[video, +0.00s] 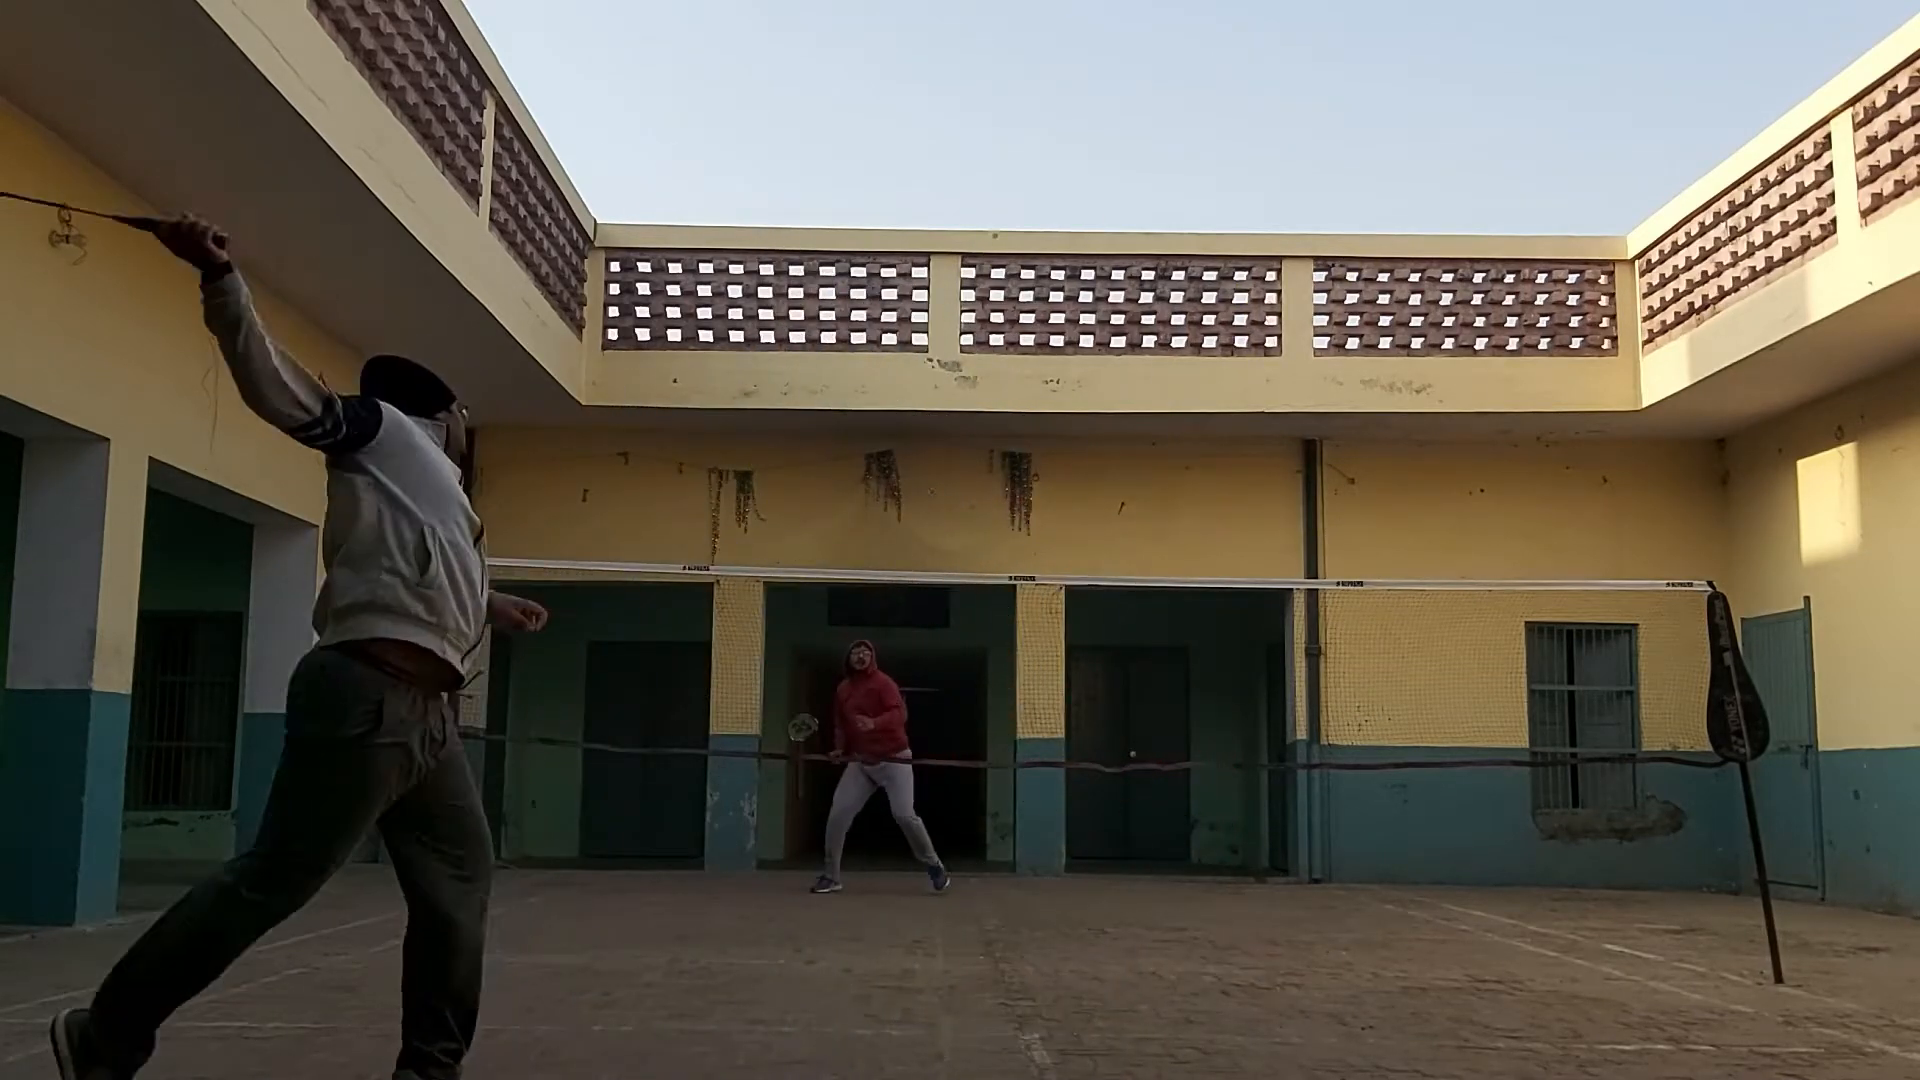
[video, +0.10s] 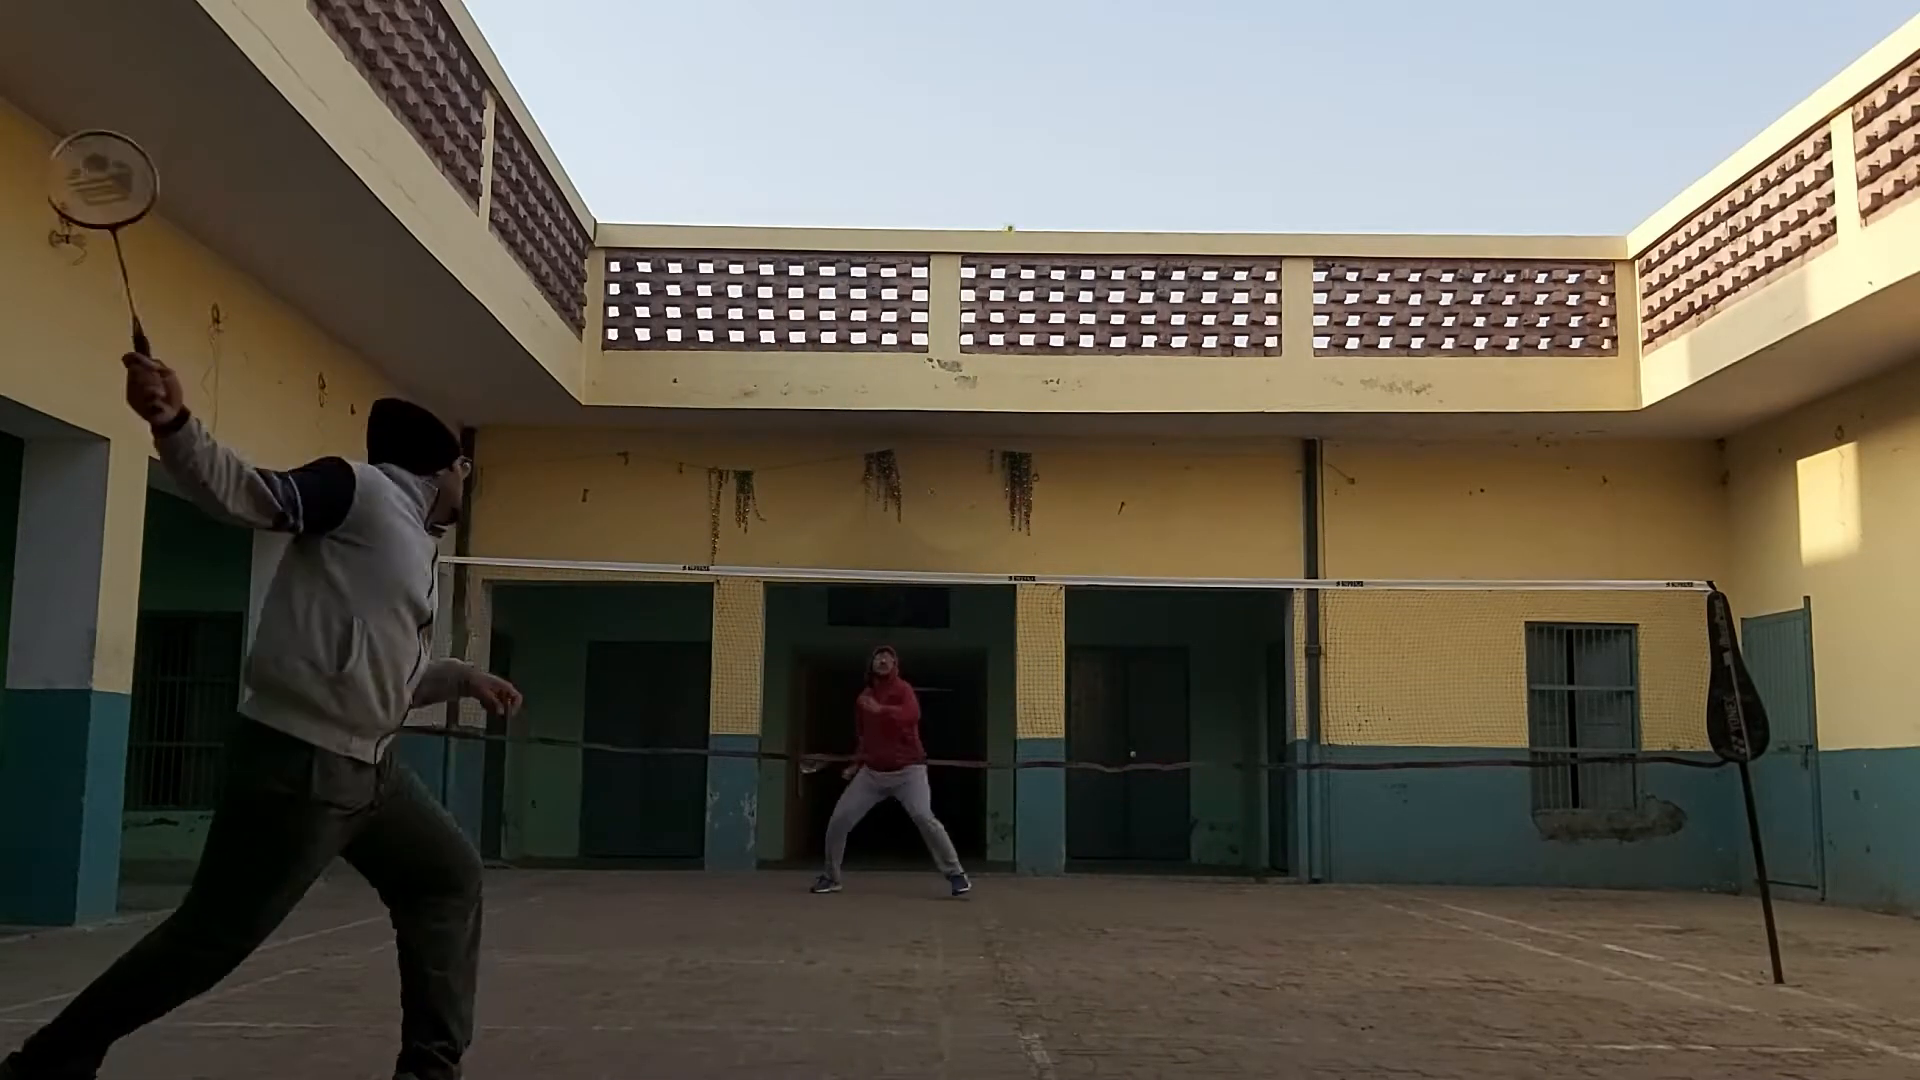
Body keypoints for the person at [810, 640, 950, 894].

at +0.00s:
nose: (860, 655)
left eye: (865, 652)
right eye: (856, 652)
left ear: (872, 658)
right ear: (849, 659)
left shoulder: (883, 683)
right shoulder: (844, 688)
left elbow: (899, 713)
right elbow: (840, 721)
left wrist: (874, 722)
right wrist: (840, 747)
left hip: (894, 762)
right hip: (861, 763)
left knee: (904, 815)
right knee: (838, 816)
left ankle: (934, 867)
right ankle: (831, 877)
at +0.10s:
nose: (883, 661)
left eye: (888, 657)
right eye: (879, 658)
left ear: (895, 665)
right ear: (872, 666)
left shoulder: (903, 689)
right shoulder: (866, 697)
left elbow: (912, 714)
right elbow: (864, 736)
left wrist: (880, 709)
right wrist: (856, 763)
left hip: (909, 772)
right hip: (872, 774)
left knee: (923, 818)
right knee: (839, 820)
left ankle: (956, 874)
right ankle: (831, 878)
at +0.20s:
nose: (911, 660)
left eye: (915, 656)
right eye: (906, 656)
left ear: (923, 663)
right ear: (899, 664)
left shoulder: (932, 688)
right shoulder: (897, 694)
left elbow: (926, 699)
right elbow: (897, 735)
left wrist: (893, 688)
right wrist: (883, 764)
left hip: (937, 767)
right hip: (906, 769)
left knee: (934, 823)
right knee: (872, 820)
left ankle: (966, 883)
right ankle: (838, 874)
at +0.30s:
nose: (936, 653)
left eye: (942, 650)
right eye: (932, 651)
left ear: (951, 657)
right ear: (927, 658)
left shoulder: (958, 677)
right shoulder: (925, 691)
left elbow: (939, 673)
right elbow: (927, 735)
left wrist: (913, 663)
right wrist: (912, 765)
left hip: (964, 763)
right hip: (935, 764)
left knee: (940, 818)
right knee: (905, 817)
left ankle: (966, 882)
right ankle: (917, 874)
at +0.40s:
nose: (956, 657)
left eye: (961, 650)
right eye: (954, 653)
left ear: (973, 651)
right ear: (955, 659)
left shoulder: (982, 672)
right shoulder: (956, 687)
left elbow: (971, 645)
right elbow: (957, 733)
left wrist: (942, 635)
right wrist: (944, 765)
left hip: (986, 757)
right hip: (963, 759)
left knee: (956, 816)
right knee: (943, 818)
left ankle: (969, 880)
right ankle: (992, 859)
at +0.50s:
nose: (986, 641)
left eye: (990, 637)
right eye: (984, 638)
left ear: (998, 642)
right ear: (982, 645)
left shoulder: (1004, 660)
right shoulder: (987, 674)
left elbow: (997, 626)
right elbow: (990, 721)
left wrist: (970, 602)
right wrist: (972, 755)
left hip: (1008, 748)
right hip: (996, 751)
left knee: (974, 806)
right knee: (996, 821)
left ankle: (988, 875)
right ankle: (1035, 875)